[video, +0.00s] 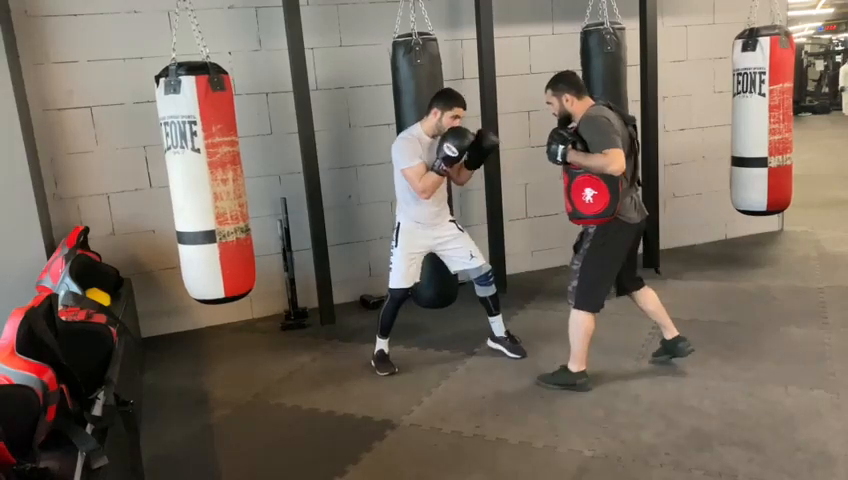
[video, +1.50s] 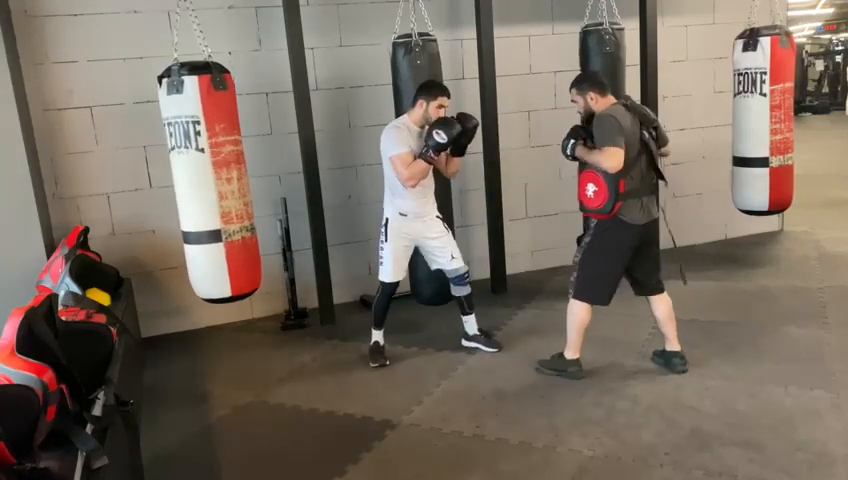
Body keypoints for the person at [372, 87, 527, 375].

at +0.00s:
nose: (456, 126)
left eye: (459, 121)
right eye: (454, 119)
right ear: (436, 114)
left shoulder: (445, 141)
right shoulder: (405, 143)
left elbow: (461, 179)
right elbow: (424, 189)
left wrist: (477, 154)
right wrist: (447, 158)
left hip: (444, 225)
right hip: (411, 228)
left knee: (483, 272)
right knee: (399, 290)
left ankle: (499, 335)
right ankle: (381, 350)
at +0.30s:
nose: (488, 145)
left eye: (489, 142)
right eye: (489, 140)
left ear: (472, 130)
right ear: (478, 131)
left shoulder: (449, 147)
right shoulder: (458, 148)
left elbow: (449, 198)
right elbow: (500, 183)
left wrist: (477, 185)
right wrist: (503, 148)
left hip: (451, 231)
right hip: (427, 235)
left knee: (490, 277)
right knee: (422, 306)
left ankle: (504, 336)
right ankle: (380, 350)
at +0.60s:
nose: (495, 138)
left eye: (498, 132)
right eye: (491, 131)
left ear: (497, 131)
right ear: (475, 126)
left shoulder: (495, 154)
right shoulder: (442, 141)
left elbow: (508, 184)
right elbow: (432, 184)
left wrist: (540, 192)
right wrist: (458, 155)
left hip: (465, 232)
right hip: (428, 230)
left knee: (498, 286)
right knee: (404, 289)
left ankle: (505, 337)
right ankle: (387, 345)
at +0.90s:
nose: (457, 129)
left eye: (459, 123)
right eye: (453, 122)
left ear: (453, 123)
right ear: (436, 119)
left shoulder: (446, 147)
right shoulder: (405, 147)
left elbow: (456, 181)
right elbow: (419, 194)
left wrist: (475, 165)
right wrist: (442, 166)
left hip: (441, 228)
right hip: (408, 231)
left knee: (476, 275)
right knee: (398, 293)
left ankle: (502, 334)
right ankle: (378, 342)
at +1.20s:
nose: (437, 109)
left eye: (439, 104)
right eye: (433, 103)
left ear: (429, 103)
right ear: (414, 100)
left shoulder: (425, 129)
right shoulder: (389, 132)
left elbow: (438, 170)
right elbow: (408, 176)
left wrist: (451, 143)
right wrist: (431, 143)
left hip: (425, 218)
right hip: (395, 220)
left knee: (452, 274)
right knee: (385, 283)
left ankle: (470, 334)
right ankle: (376, 342)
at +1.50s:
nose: (442, 114)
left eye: (445, 109)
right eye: (440, 108)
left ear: (436, 109)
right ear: (421, 104)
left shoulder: (431, 133)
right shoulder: (394, 132)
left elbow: (449, 171)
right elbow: (409, 178)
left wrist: (460, 144)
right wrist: (434, 146)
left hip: (430, 219)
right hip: (399, 221)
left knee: (459, 273)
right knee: (389, 284)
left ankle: (472, 334)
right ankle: (376, 342)